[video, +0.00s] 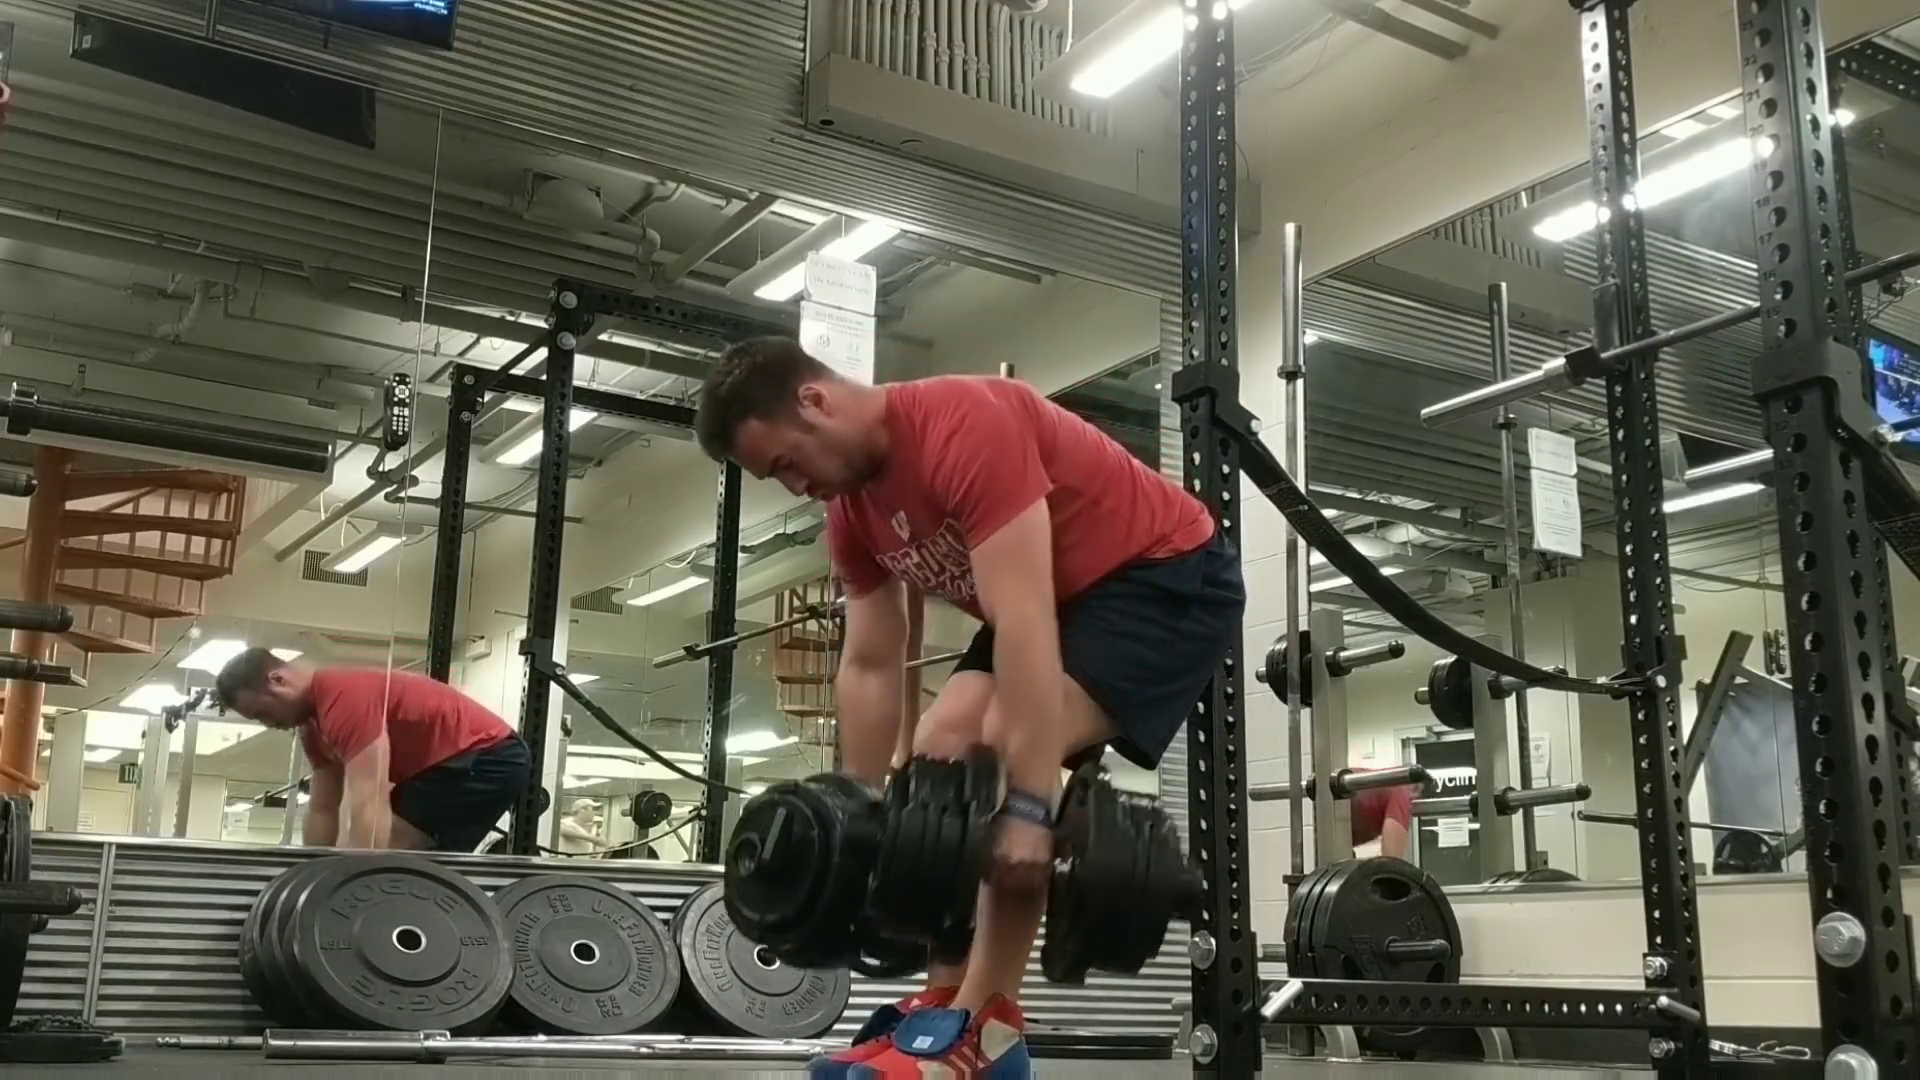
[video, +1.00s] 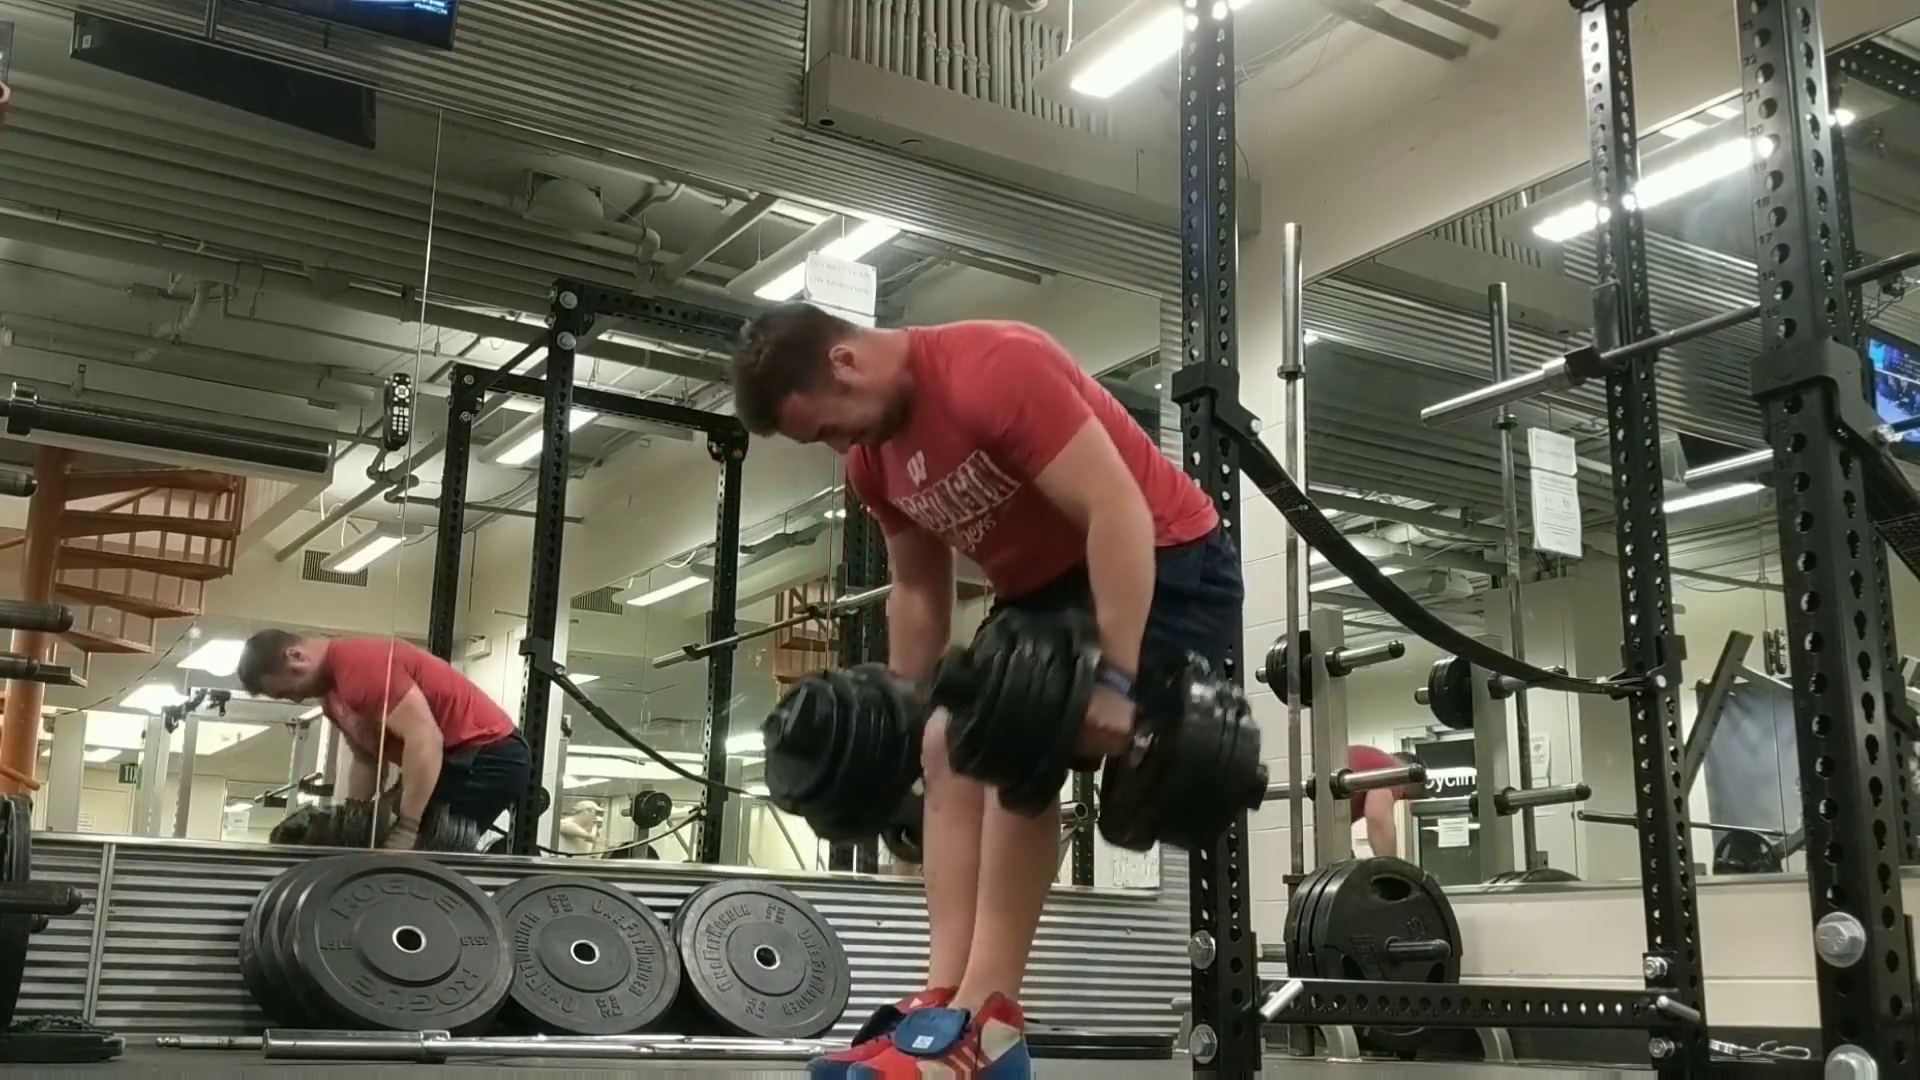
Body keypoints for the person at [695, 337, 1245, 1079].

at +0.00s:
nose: (794, 488)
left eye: (786, 464)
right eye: (776, 478)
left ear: (817, 400)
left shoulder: (971, 425)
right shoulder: (852, 515)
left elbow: (1023, 614)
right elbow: (872, 665)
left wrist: (1032, 806)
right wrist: (859, 824)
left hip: (1167, 573)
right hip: (1060, 599)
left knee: (1016, 732)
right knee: (943, 736)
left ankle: (992, 1017)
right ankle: (945, 995)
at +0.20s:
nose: (773, 512)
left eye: (769, 487)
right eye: (757, 500)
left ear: (807, 426)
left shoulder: (955, 465)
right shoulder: (845, 546)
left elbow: (989, 667)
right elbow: (855, 704)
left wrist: (991, 854)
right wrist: (848, 866)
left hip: (1167, 578)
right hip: (1062, 611)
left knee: (1012, 735)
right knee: (939, 739)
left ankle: (992, 1027)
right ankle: (936, 1016)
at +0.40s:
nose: (766, 525)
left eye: (764, 500)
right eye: (750, 513)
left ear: (806, 439)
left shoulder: (951, 485)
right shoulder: (840, 563)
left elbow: (981, 689)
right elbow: (849, 721)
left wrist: (977, 879)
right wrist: (848, 889)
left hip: (1168, 576)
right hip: (1062, 613)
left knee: (1020, 722)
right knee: (935, 741)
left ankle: (984, 1028)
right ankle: (929, 1015)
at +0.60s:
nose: (775, 505)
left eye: (772, 478)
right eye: (757, 492)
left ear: (814, 419)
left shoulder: (955, 468)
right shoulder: (845, 545)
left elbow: (1005, 656)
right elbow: (861, 702)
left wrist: (1002, 845)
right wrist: (846, 866)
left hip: (1167, 578)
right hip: (1065, 608)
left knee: (1013, 734)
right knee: (939, 734)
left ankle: (994, 1025)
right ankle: (934, 1014)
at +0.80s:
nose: (801, 468)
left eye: (793, 444)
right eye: (783, 458)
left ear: (827, 382)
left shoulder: (973, 414)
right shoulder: (858, 505)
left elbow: (1064, 580)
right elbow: (885, 641)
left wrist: (1055, 761)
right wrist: (872, 794)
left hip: (1167, 572)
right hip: (1044, 596)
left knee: (1027, 735)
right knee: (950, 728)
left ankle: (989, 1019)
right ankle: (940, 1003)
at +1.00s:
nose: (835, 448)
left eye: (825, 428)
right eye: (818, 442)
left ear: (846, 360)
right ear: (845, 367)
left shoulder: (995, 368)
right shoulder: (871, 460)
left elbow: (1117, 510)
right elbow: (916, 583)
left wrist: (1117, 679)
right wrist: (899, 721)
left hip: (1156, 568)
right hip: (1040, 593)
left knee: (1022, 751)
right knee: (949, 739)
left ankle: (992, 1013)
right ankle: (942, 999)